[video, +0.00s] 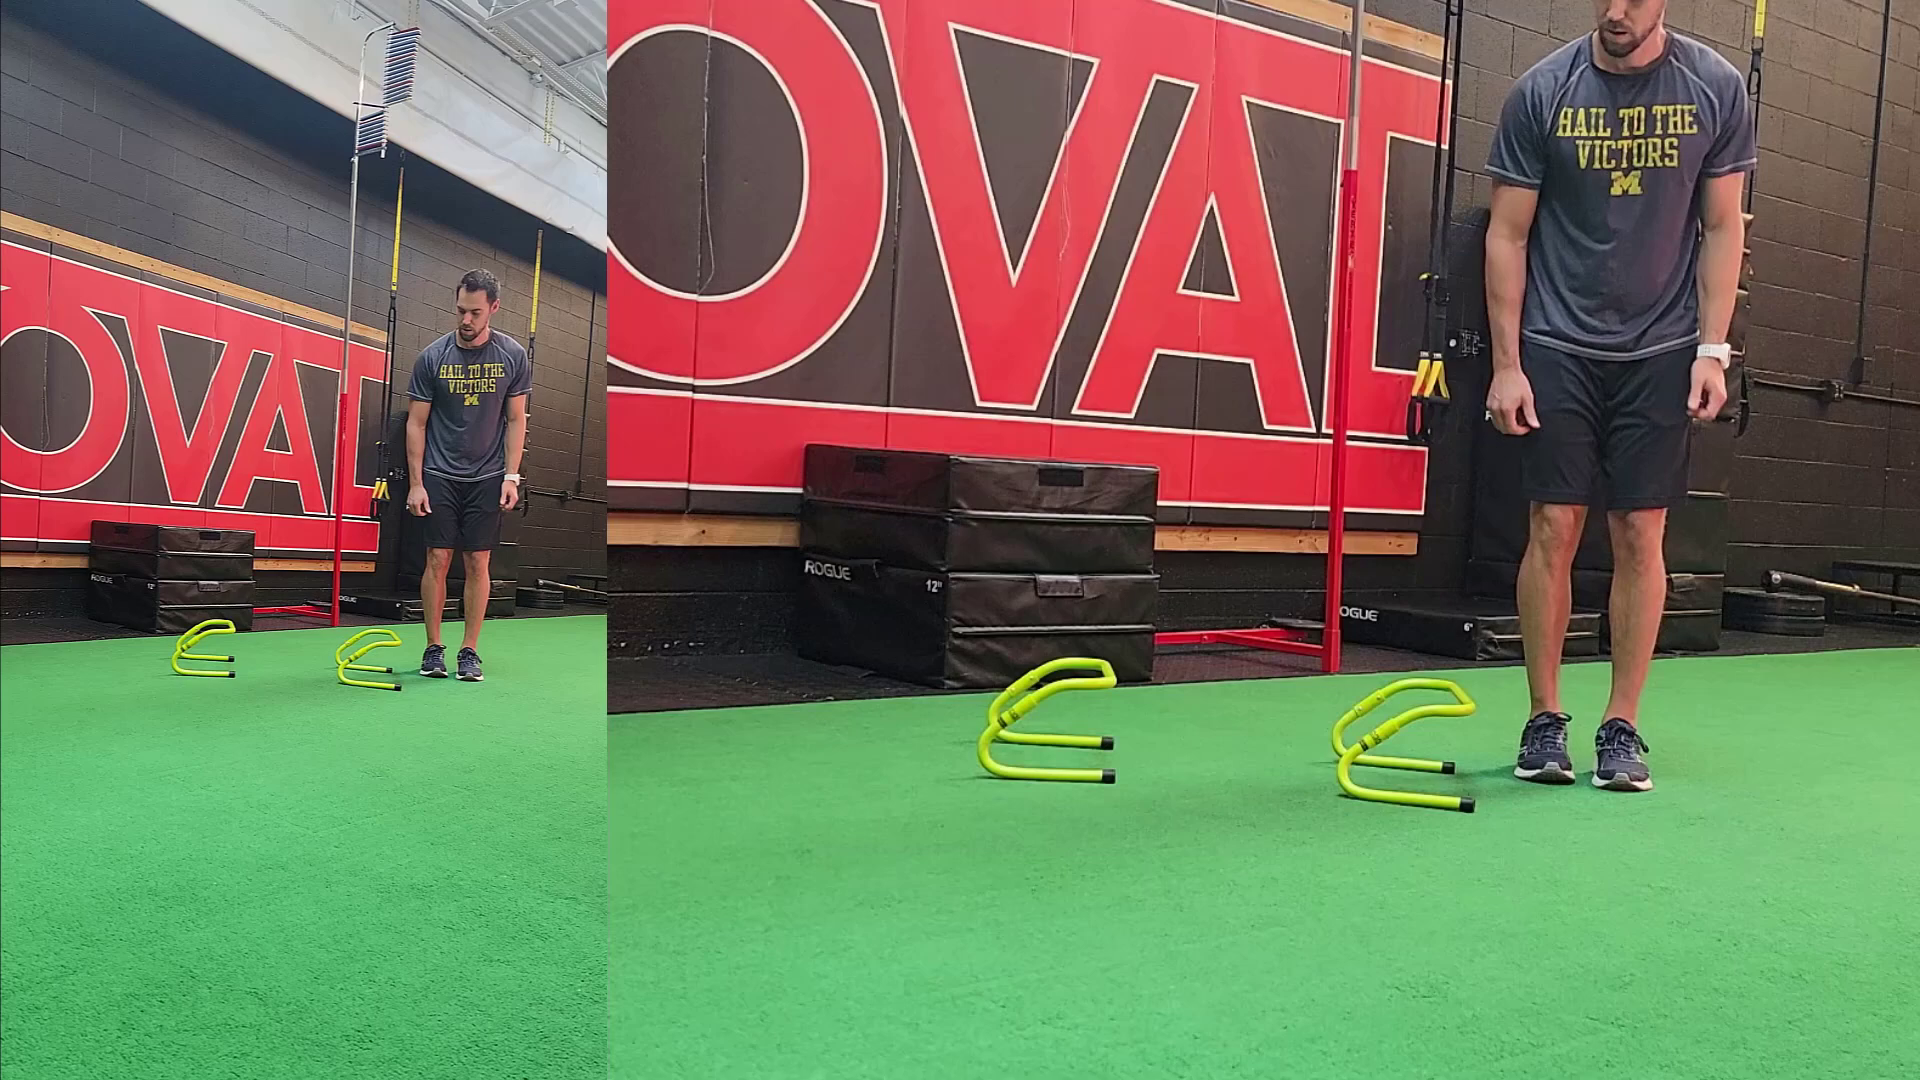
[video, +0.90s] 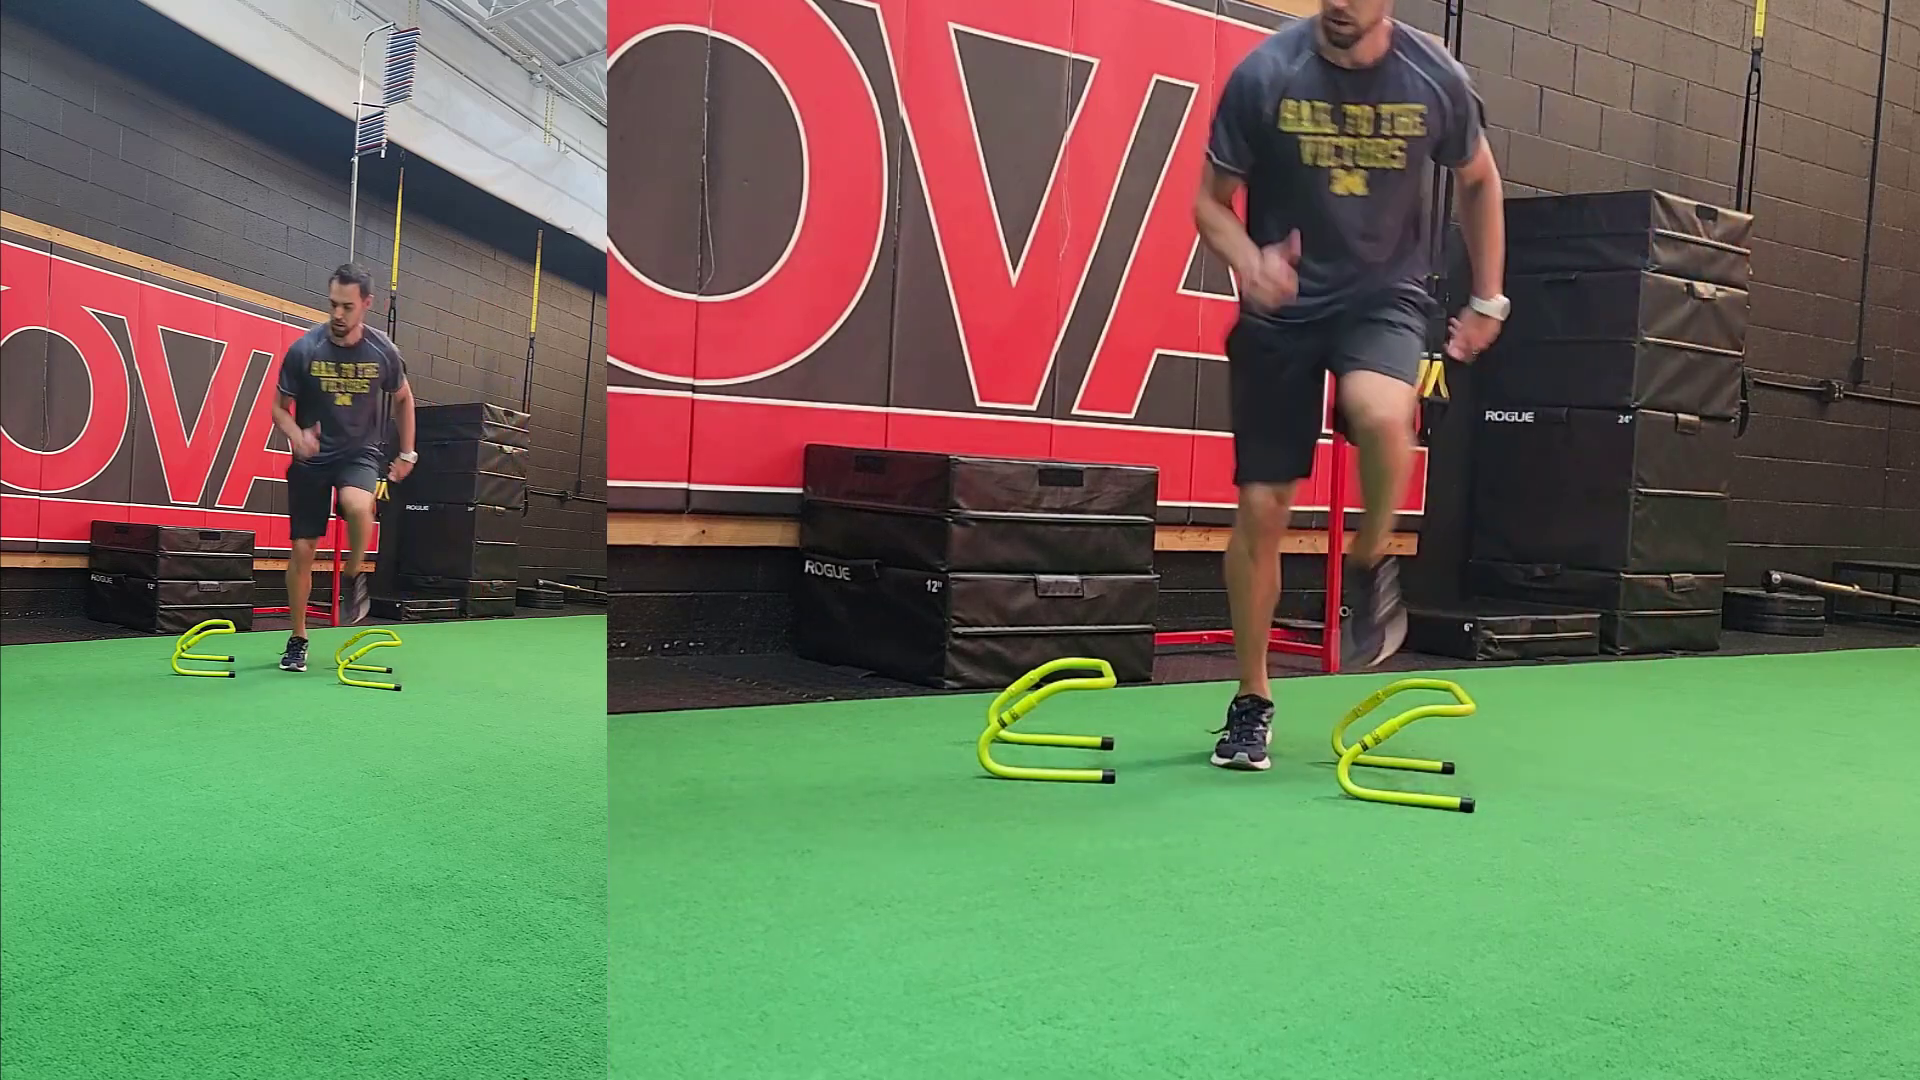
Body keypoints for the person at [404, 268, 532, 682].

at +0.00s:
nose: (466, 320)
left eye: (475, 312)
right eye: (461, 311)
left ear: (493, 308)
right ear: (455, 307)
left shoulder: (513, 357)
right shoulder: (432, 357)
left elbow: (517, 419)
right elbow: (416, 423)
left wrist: (511, 476)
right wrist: (415, 482)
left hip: (487, 477)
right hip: (439, 475)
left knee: (478, 561)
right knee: (438, 560)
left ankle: (470, 650)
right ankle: (433, 647)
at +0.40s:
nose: (439, 331)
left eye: (448, 323)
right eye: (435, 321)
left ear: (469, 320)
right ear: (430, 316)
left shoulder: (491, 363)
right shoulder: (409, 364)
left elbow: (518, 406)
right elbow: (387, 418)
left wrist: (513, 459)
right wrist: (411, 443)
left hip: (470, 473)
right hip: (422, 468)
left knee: (471, 560)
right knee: (432, 533)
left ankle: (468, 650)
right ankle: (430, 591)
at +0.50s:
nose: (427, 336)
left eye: (435, 328)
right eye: (422, 327)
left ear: (457, 326)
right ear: (417, 322)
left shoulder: (478, 374)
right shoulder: (397, 370)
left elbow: (494, 434)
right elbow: (377, 426)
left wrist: (500, 493)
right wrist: (372, 477)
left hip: (456, 474)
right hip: (406, 466)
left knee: (466, 564)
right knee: (408, 519)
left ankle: (468, 649)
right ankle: (398, 559)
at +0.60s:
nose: (408, 331)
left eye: (417, 324)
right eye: (404, 322)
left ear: (439, 321)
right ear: (398, 318)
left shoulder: (461, 369)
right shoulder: (379, 369)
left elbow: (473, 428)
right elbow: (350, 419)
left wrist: (464, 464)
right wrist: (336, 474)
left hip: (442, 472)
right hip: (390, 465)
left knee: (456, 562)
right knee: (368, 514)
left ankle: (467, 649)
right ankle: (350, 583)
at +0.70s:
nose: (384, 316)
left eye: (393, 309)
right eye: (379, 307)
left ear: (414, 305)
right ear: (374, 303)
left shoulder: (435, 351)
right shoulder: (353, 352)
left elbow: (455, 397)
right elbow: (327, 402)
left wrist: (436, 412)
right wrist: (321, 458)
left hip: (414, 463)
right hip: (360, 458)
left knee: (435, 546)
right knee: (337, 532)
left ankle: (460, 640)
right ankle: (304, 622)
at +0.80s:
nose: (362, 317)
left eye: (370, 310)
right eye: (357, 308)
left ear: (391, 307)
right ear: (352, 305)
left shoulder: (411, 353)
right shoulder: (327, 354)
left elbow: (421, 399)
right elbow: (308, 411)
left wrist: (423, 441)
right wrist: (304, 463)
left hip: (387, 456)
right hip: (335, 458)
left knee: (406, 531)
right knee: (319, 549)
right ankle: (300, 636)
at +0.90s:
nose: (338, 314)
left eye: (347, 307)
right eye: (333, 305)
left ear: (365, 305)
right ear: (326, 301)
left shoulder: (383, 352)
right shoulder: (303, 350)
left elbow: (404, 398)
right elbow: (280, 407)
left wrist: (407, 451)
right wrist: (296, 436)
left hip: (362, 454)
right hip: (312, 455)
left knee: (356, 503)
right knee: (302, 549)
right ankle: (298, 639)